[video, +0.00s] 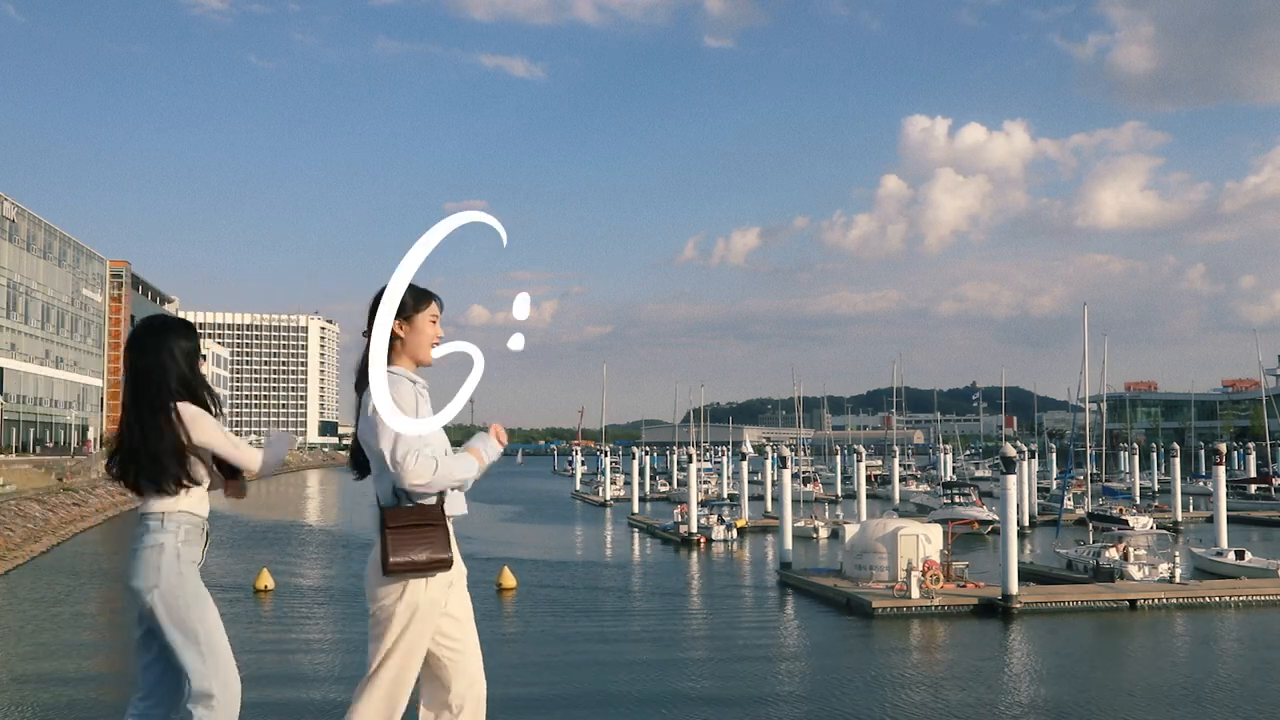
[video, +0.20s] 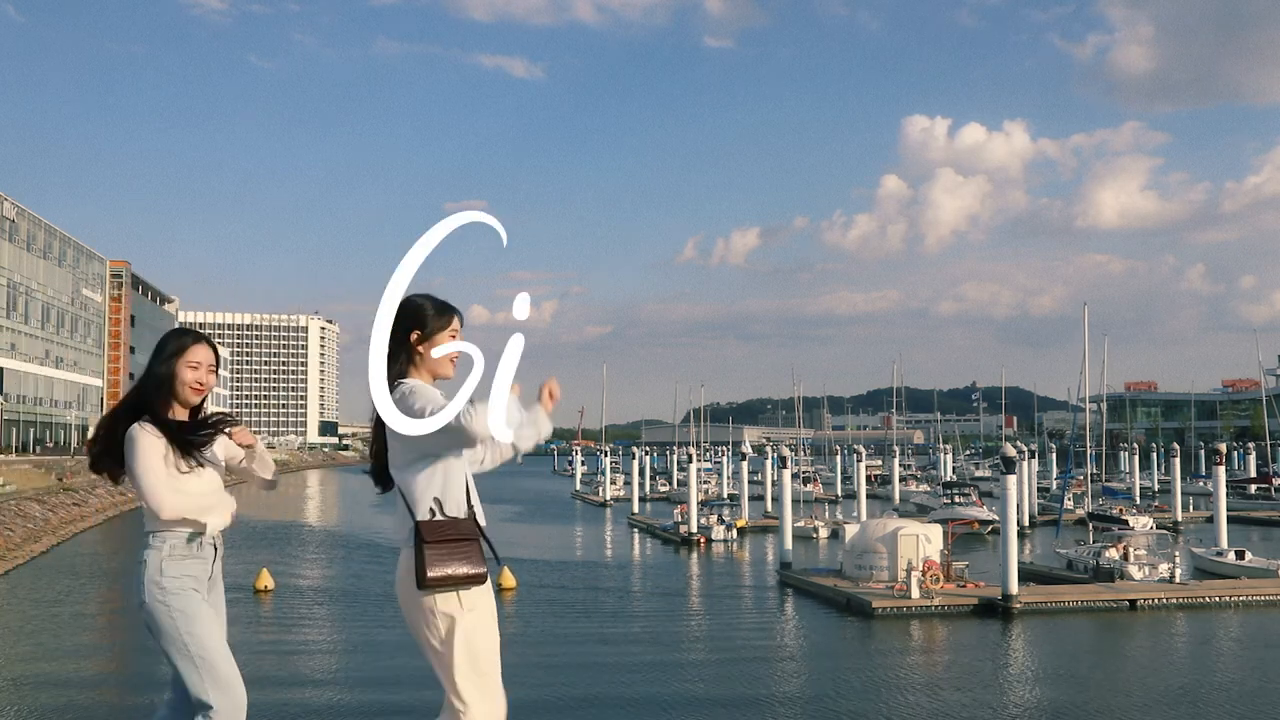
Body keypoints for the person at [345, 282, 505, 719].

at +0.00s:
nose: (439, 333)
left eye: (439, 323)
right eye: (431, 322)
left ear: (407, 331)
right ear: (399, 328)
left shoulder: (412, 388)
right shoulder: (390, 389)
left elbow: (425, 472)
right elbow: (415, 473)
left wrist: (476, 452)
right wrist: (480, 451)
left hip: (438, 541)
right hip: (410, 543)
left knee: (462, 692)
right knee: (383, 693)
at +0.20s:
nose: (458, 349)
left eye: (459, 339)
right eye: (451, 338)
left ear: (423, 344)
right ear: (419, 342)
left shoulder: (426, 400)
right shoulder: (410, 397)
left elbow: (484, 455)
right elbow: (474, 427)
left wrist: (541, 416)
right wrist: (506, 399)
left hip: (450, 565)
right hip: (443, 569)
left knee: (467, 703)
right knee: (482, 705)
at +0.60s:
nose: (493, 337)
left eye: (492, 327)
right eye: (486, 326)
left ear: (457, 332)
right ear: (465, 331)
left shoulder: (471, 385)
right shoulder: (451, 380)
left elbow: (527, 343)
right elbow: (506, 326)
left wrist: (575, 280)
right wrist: (552, 258)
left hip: (488, 545)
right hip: (482, 547)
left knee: (491, 701)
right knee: (554, 694)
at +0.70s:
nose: (509, 340)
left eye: (511, 330)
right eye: (503, 331)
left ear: (471, 337)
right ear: (479, 337)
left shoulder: (495, 393)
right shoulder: (467, 390)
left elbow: (538, 350)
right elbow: (509, 343)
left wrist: (552, 277)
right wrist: (513, 284)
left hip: (512, 557)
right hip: (489, 561)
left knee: (502, 701)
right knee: (559, 701)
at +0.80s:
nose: (519, 340)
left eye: (519, 329)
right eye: (512, 329)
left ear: (483, 336)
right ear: (488, 335)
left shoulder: (492, 394)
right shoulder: (494, 394)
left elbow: (553, 356)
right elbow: (542, 346)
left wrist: (544, 299)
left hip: (496, 561)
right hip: (510, 563)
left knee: (508, 697)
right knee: (558, 700)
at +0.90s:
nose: (529, 343)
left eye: (530, 334)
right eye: (522, 334)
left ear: (500, 336)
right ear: (493, 336)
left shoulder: (504, 390)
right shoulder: (483, 389)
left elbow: (559, 378)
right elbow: (541, 368)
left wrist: (586, 314)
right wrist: (547, 273)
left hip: (536, 553)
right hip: (522, 555)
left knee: (557, 698)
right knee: (550, 701)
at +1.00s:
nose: (546, 342)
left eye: (546, 332)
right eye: (538, 332)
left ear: (511, 340)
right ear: (511, 338)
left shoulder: (525, 389)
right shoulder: (491, 394)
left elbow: (587, 344)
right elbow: (555, 346)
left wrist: (640, 294)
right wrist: (609, 278)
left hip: (549, 553)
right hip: (522, 557)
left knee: (604, 692)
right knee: (559, 699)